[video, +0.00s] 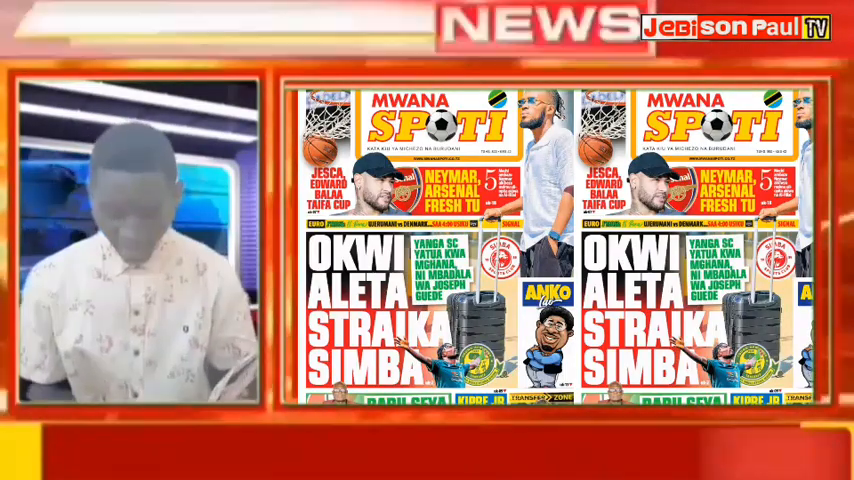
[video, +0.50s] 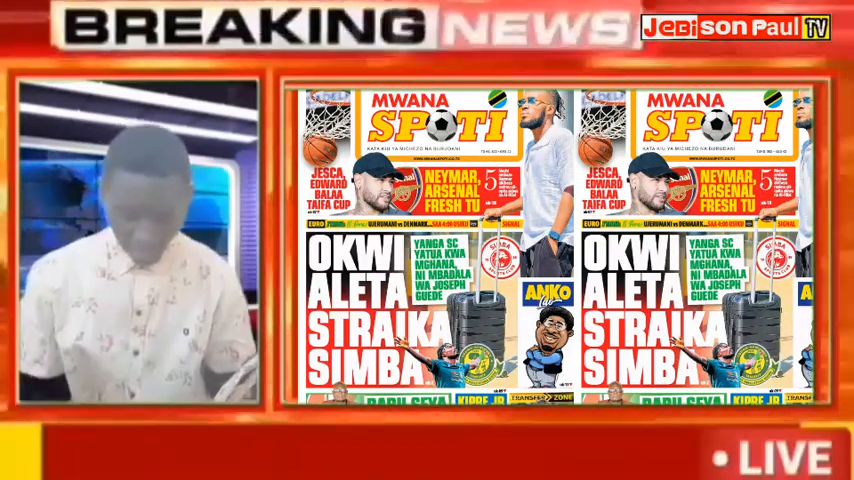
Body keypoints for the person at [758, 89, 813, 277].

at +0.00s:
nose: (799, 107)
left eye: (806, 101)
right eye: (797, 103)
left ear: (820, 107)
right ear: (794, 109)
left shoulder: (827, 148)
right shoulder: (806, 149)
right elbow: (804, 196)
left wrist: (833, 223)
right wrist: (777, 211)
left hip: (821, 240)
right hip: (804, 239)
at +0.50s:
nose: (799, 107)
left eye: (806, 101)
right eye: (797, 103)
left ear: (820, 107)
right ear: (794, 110)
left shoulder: (826, 148)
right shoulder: (806, 149)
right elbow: (804, 196)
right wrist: (777, 211)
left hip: (819, 239)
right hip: (804, 239)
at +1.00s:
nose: (799, 107)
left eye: (806, 101)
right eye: (797, 103)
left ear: (820, 107)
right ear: (794, 110)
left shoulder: (827, 147)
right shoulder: (806, 149)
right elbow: (804, 196)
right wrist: (777, 211)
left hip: (820, 240)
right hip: (803, 239)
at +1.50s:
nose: (799, 107)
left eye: (806, 101)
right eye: (797, 103)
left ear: (820, 107)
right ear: (794, 110)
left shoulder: (827, 148)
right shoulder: (806, 149)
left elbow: (832, 192)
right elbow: (804, 196)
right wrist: (776, 211)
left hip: (820, 240)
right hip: (803, 239)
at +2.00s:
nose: (799, 107)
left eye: (807, 101)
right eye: (797, 103)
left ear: (820, 107)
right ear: (794, 110)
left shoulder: (827, 148)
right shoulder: (806, 149)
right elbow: (804, 196)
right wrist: (777, 211)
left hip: (821, 240)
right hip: (804, 239)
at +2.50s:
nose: (799, 107)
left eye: (807, 101)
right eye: (797, 102)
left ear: (820, 106)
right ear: (794, 110)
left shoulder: (826, 147)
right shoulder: (806, 149)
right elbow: (805, 196)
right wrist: (777, 211)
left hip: (819, 240)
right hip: (804, 240)